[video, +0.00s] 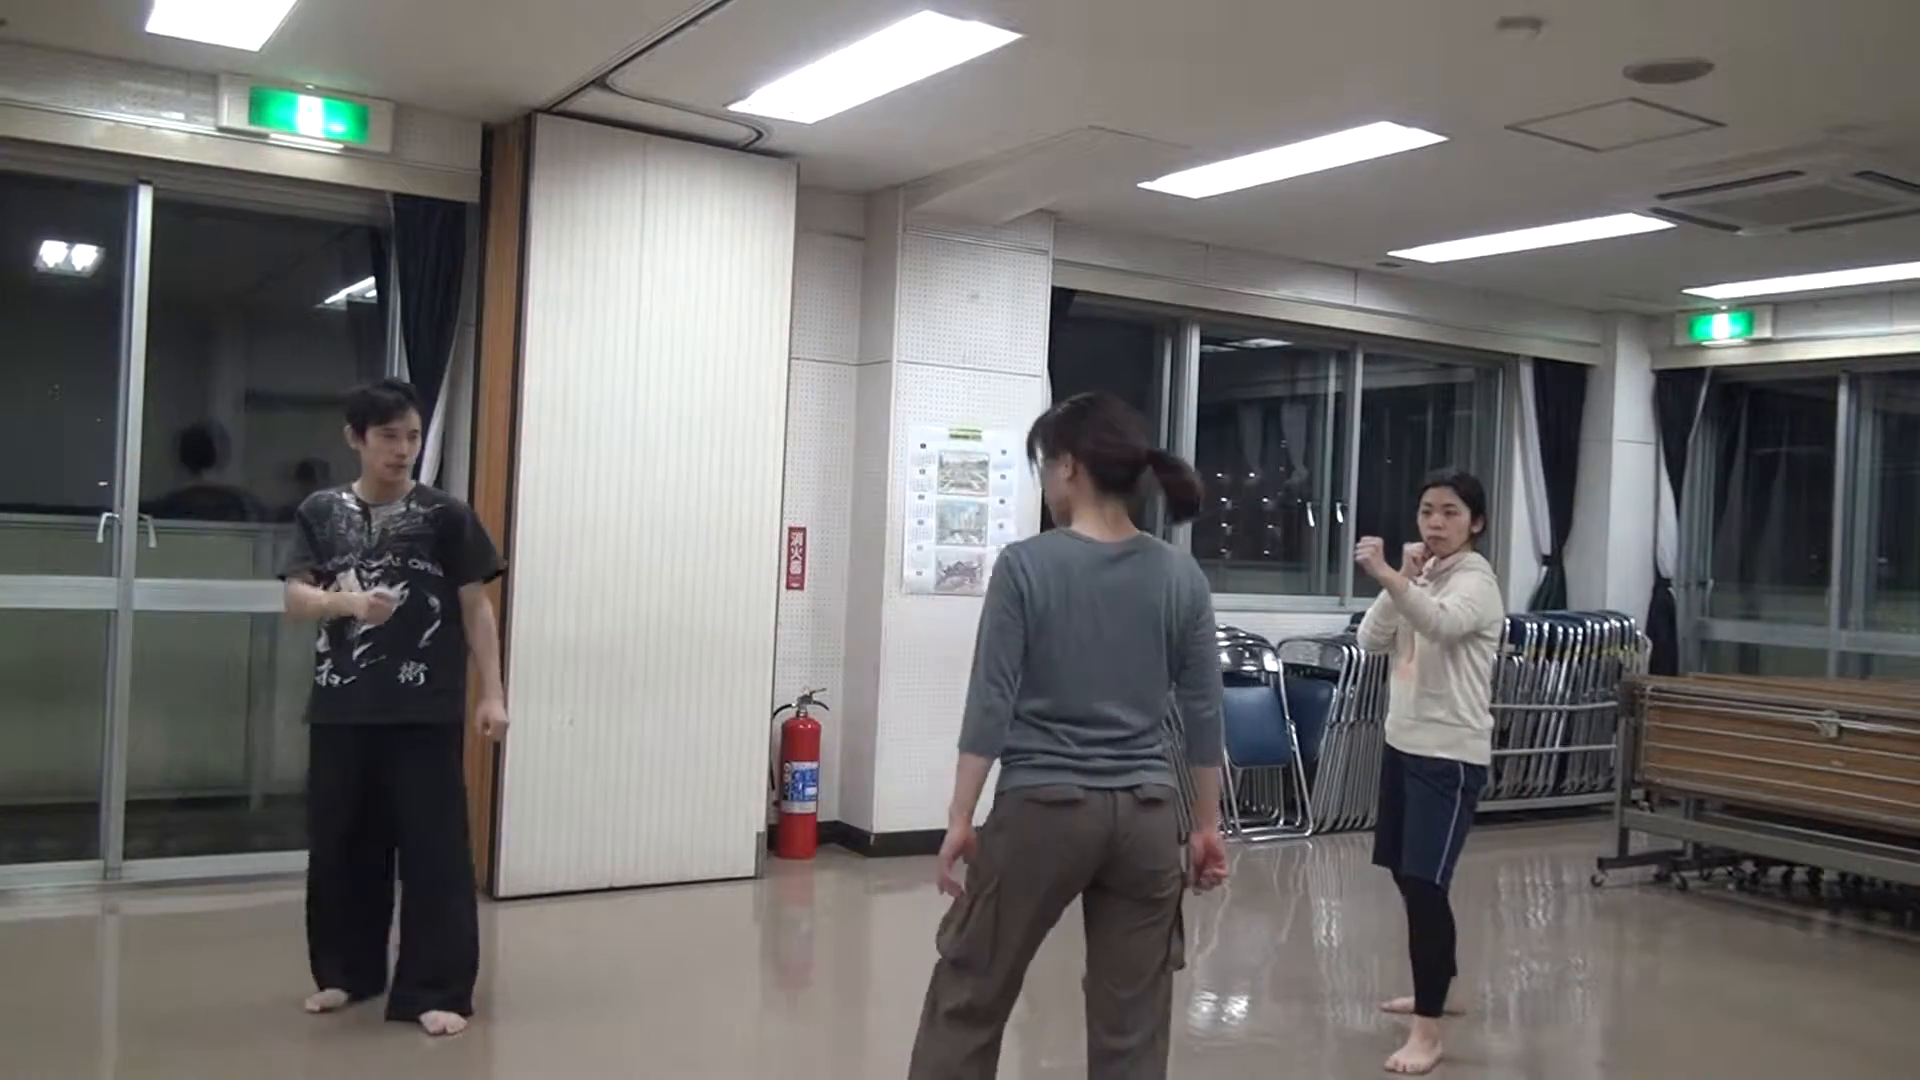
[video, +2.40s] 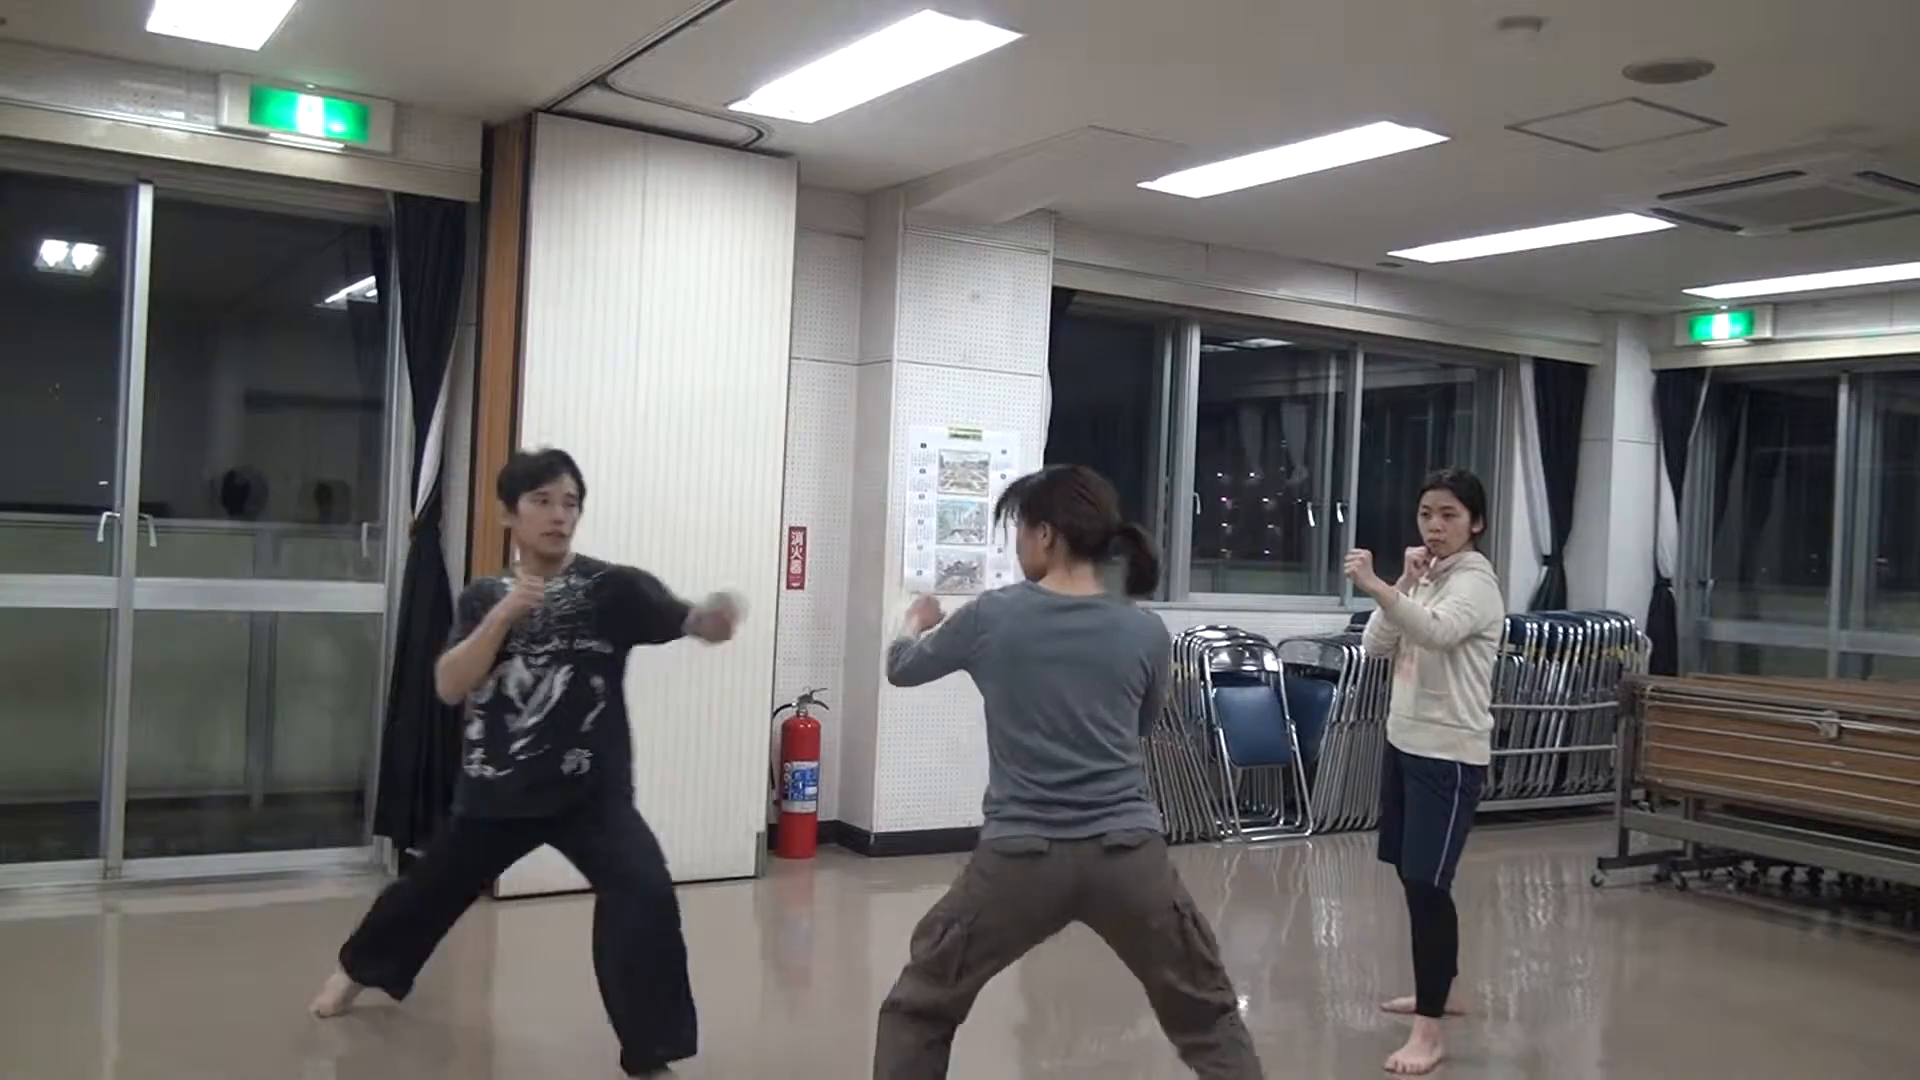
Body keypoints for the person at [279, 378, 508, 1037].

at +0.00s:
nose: (401, 449)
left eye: (411, 438)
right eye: (388, 437)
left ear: (421, 441)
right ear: (357, 439)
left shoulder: (448, 515)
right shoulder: (321, 513)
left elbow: (477, 610)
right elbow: (295, 599)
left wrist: (493, 693)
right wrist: (348, 602)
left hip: (426, 715)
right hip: (343, 716)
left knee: (435, 855)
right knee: (341, 848)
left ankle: (438, 995)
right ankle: (347, 975)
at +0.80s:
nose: (397, 456)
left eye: (406, 445)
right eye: (382, 445)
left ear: (417, 448)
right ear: (350, 450)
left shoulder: (448, 519)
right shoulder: (327, 522)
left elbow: (493, 586)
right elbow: (304, 595)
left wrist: (493, 594)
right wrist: (359, 529)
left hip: (428, 724)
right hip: (345, 724)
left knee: (460, 861)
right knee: (340, 859)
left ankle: (493, 1001)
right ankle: (340, 983)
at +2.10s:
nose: (435, 476)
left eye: (444, 463)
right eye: (419, 463)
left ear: (454, 463)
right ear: (384, 465)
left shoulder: (476, 534)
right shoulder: (359, 532)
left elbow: (535, 621)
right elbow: (332, 608)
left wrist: (510, 558)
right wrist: (386, 538)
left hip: (463, 734)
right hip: (380, 732)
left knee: (498, 864)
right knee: (358, 858)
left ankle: (512, 1007)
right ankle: (347, 983)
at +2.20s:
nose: (462, 513)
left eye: (472, 501)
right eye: (446, 500)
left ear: (482, 506)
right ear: (413, 505)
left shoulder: (504, 579)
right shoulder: (376, 573)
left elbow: (550, 673)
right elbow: (339, 654)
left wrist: (533, 617)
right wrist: (401, 589)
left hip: (481, 777)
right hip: (391, 776)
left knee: (545, 879)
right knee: (350, 886)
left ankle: (561, 1027)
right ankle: (342, 984)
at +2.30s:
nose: (507, 525)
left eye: (518, 513)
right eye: (492, 511)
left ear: (527, 521)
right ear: (458, 518)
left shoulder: (550, 600)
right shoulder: (418, 593)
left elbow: (602, 690)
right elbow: (380, 682)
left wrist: (591, 655)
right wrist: (436, 622)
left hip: (516, 792)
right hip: (422, 792)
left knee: (593, 887)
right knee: (373, 892)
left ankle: (638, 1042)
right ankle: (338, 979)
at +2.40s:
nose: (559, 515)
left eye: (570, 504)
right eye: (543, 503)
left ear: (581, 514)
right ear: (511, 515)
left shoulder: (612, 588)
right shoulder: (483, 598)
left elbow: (691, 623)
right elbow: (450, 686)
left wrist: (716, 617)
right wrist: (502, 616)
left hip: (590, 795)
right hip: (498, 795)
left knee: (644, 891)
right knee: (431, 886)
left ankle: (650, 1058)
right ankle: (355, 969)